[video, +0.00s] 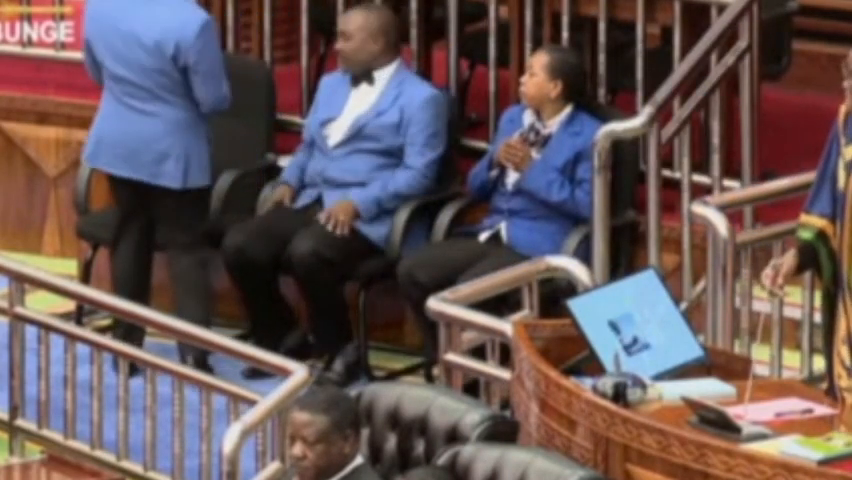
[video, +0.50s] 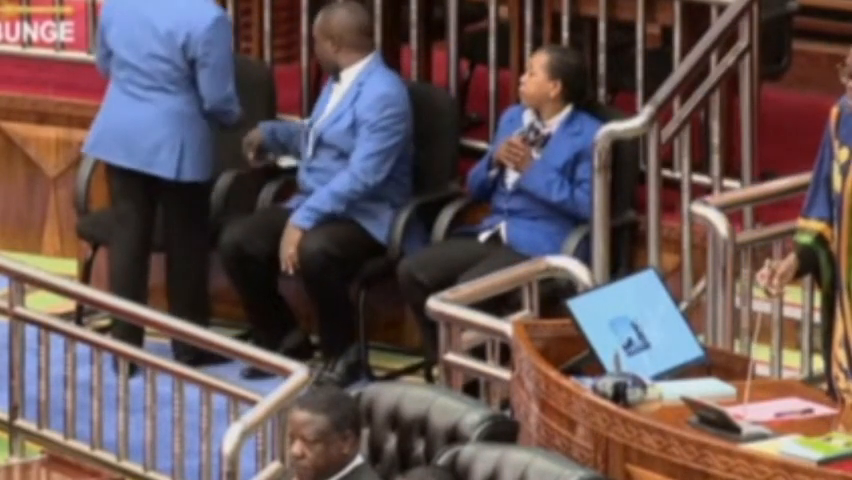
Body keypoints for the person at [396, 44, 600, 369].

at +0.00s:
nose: (522, 80)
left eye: (531, 75)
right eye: (525, 72)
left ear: (555, 88)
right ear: (551, 88)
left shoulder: (590, 135)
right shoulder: (512, 119)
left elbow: (589, 207)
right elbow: (476, 189)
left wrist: (530, 170)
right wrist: (495, 163)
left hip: (537, 251)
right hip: (492, 238)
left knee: (460, 299)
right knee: (413, 271)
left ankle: (479, 381)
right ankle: (445, 362)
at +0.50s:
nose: (522, 80)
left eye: (531, 74)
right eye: (525, 72)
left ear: (555, 88)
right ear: (551, 88)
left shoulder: (590, 135)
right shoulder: (513, 119)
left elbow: (589, 207)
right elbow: (476, 189)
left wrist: (530, 170)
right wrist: (495, 163)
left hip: (538, 250)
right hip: (494, 238)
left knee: (461, 298)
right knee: (413, 271)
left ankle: (480, 381)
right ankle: (448, 367)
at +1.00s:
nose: (521, 80)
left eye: (530, 75)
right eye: (524, 72)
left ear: (554, 88)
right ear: (551, 87)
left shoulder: (590, 135)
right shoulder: (513, 119)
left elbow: (589, 207)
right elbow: (475, 189)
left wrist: (530, 171)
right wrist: (495, 163)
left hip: (538, 250)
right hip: (494, 238)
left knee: (461, 298)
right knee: (413, 271)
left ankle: (483, 380)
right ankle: (448, 365)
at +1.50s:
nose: (520, 79)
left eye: (529, 74)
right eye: (524, 72)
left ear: (552, 87)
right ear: (550, 87)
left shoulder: (590, 135)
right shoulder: (513, 119)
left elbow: (590, 207)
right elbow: (475, 189)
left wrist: (530, 171)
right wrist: (495, 163)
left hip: (539, 250)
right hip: (494, 237)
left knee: (462, 297)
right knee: (414, 271)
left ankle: (483, 380)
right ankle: (448, 365)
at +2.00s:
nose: (520, 80)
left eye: (529, 75)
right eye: (523, 73)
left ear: (552, 88)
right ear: (550, 87)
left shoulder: (589, 135)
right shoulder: (513, 119)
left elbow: (590, 207)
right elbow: (475, 189)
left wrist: (530, 171)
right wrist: (495, 163)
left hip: (538, 250)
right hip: (494, 237)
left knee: (462, 297)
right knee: (414, 271)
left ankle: (482, 380)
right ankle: (446, 365)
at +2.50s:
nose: (519, 81)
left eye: (528, 76)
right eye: (523, 73)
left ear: (552, 89)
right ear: (549, 88)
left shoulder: (589, 135)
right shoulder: (512, 120)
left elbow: (590, 206)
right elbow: (475, 190)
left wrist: (529, 172)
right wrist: (494, 164)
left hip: (539, 251)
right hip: (494, 236)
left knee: (462, 296)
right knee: (414, 271)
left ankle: (482, 381)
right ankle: (445, 366)